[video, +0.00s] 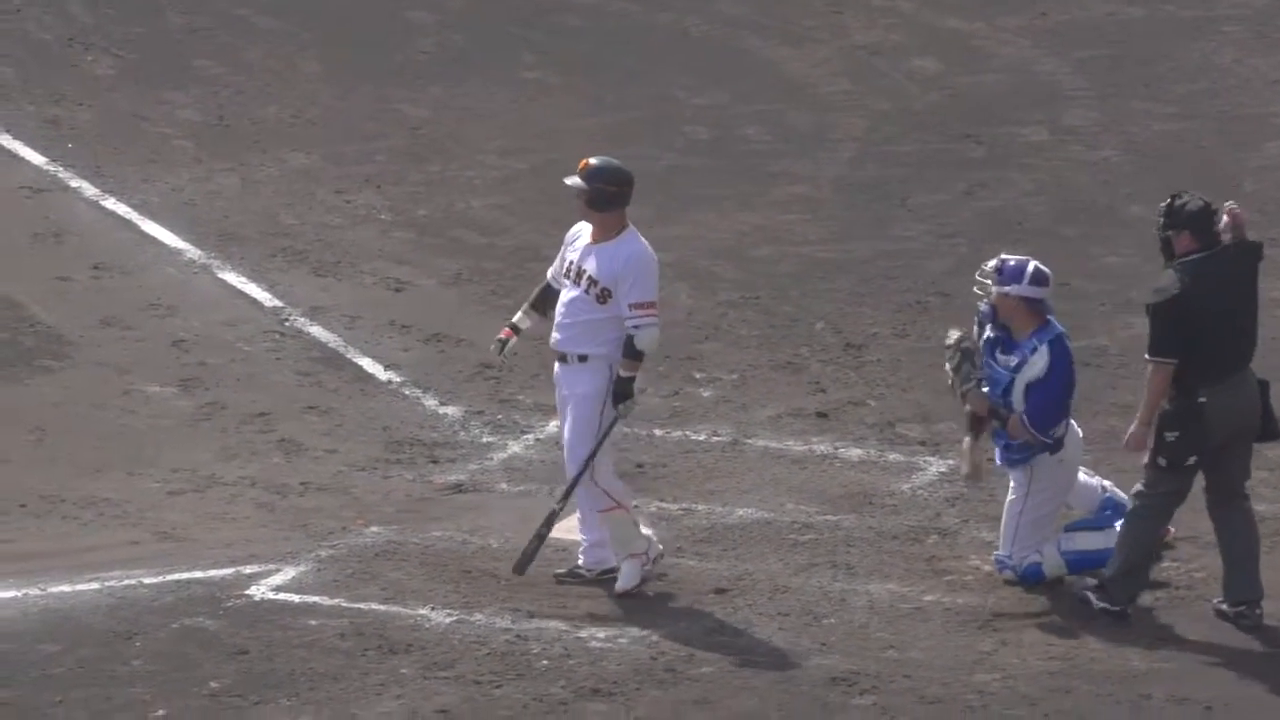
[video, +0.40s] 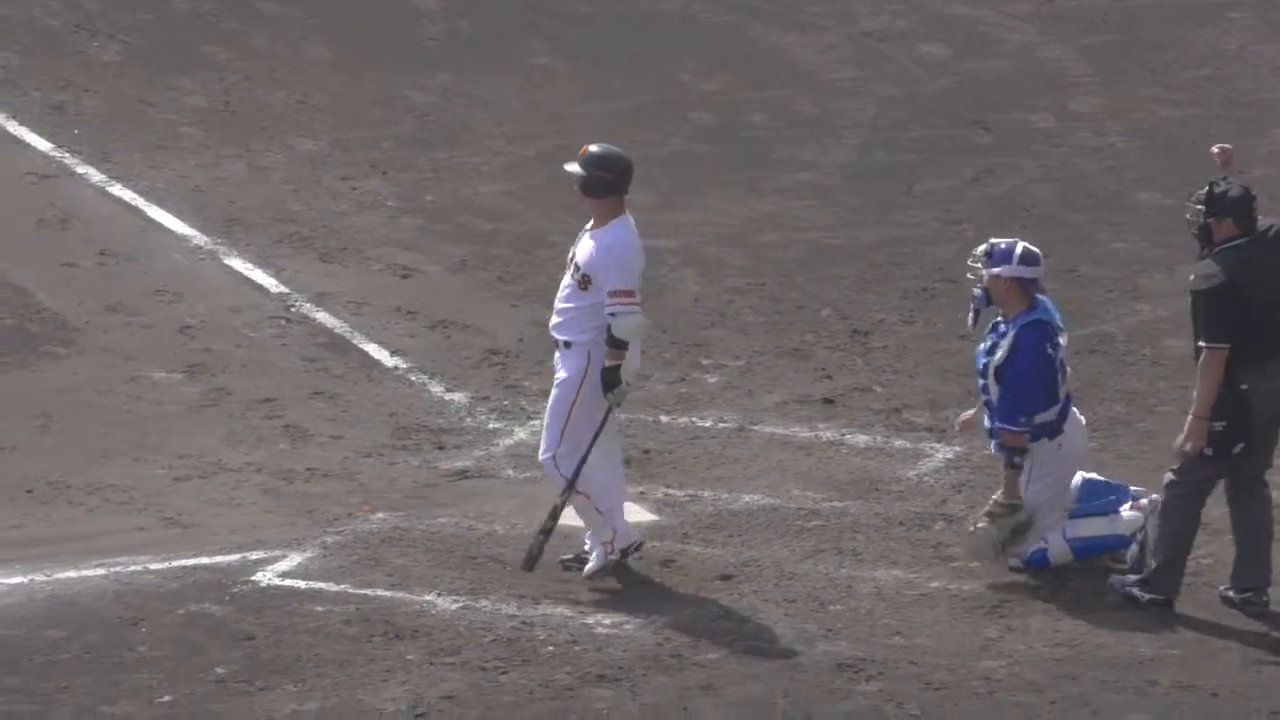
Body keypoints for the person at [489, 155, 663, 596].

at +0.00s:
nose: (578, 199)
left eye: (584, 194)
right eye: (579, 192)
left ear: (605, 202)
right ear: (606, 201)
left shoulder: (635, 257)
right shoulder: (579, 234)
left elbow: (642, 331)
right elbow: (551, 287)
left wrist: (624, 381)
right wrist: (516, 326)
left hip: (597, 372)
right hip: (565, 367)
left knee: (586, 465)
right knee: (578, 464)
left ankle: (639, 548)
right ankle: (597, 556)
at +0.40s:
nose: (576, 185)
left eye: (582, 181)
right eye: (579, 179)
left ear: (597, 188)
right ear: (613, 187)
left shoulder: (618, 244)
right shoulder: (600, 227)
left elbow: (622, 317)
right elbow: (598, 301)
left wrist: (611, 367)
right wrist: (573, 352)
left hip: (590, 359)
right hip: (578, 353)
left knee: (557, 455)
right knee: (597, 450)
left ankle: (612, 537)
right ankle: (608, 537)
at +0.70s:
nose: (581, 189)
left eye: (586, 185)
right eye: (583, 182)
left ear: (599, 191)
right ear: (623, 191)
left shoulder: (598, 246)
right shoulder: (644, 231)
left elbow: (587, 319)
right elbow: (653, 293)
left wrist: (570, 365)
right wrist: (622, 320)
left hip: (601, 357)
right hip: (631, 350)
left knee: (594, 462)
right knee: (603, 451)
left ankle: (623, 560)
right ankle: (602, 538)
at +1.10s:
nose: (572, 192)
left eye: (576, 187)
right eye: (574, 186)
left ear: (589, 190)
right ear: (618, 192)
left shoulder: (569, 232)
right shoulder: (646, 248)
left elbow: (537, 295)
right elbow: (654, 318)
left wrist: (523, 346)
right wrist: (651, 366)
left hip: (582, 366)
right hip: (630, 362)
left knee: (589, 467)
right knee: (620, 404)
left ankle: (603, 562)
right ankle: (636, 487)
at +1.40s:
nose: (579, 191)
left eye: (583, 186)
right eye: (582, 186)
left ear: (592, 189)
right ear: (626, 193)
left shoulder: (566, 226)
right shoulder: (651, 248)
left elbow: (528, 289)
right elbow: (660, 321)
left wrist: (517, 341)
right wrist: (657, 372)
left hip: (573, 360)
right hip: (625, 357)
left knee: (576, 463)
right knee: (648, 439)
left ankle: (587, 557)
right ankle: (669, 538)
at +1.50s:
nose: (585, 191)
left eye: (589, 186)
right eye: (588, 185)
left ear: (598, 188)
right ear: (631, 192)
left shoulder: (570, 226)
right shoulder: (657, 248)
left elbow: (530, 289)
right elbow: (660, 321)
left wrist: (519, 341)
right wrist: (656, 378)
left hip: (578, 358)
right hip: (632, 356)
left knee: (578, 464)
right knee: (647, 466)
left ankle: (583, 556)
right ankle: (661, 557)